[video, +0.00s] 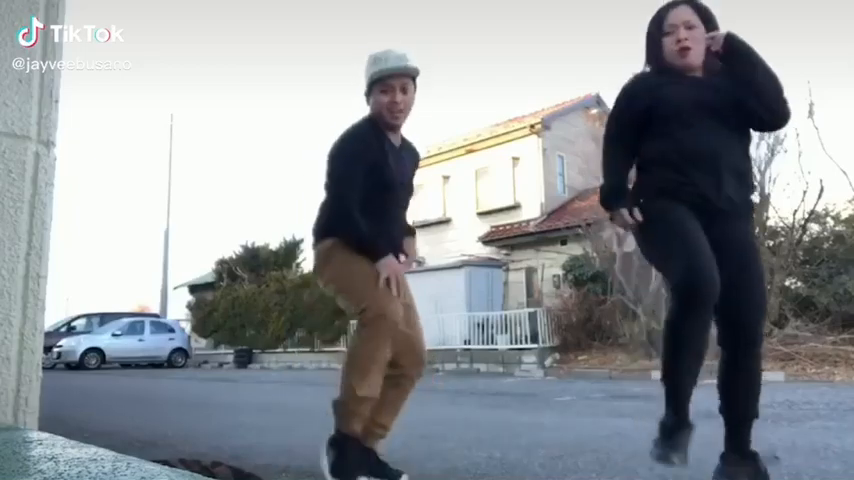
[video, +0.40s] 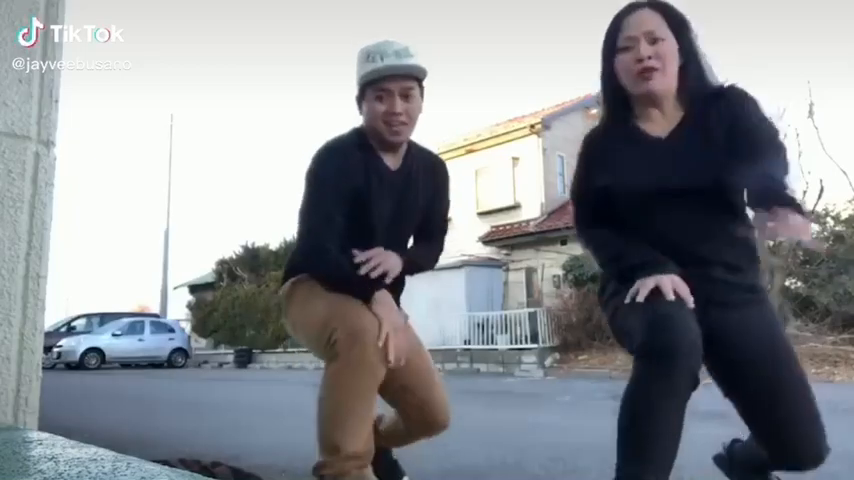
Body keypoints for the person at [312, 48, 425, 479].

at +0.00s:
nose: (397, 99)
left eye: (405, 90)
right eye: (386, 90)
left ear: (414, 95)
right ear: (369, 96)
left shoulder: (408, 154)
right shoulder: (354, 143)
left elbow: (394, 207)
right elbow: (343, 211)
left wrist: (405, 241)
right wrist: (381, 253)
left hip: (384, 256)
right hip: (339, 249)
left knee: (410, 353)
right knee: (382, 312)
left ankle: (366, 447)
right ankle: (345, 439)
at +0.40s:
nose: (395, 108)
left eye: (406, 96)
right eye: (381, 97)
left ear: (420, 102)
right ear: (361, 104)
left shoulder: (431, 169)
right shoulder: (336, 158)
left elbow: (431, 246)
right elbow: (316, 253)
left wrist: (402, 259)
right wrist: (375, 292)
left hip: (381, 300)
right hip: (315, 288)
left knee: (430, 415)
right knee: (361, 335)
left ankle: (372, 440)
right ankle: (344, 470)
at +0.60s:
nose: (370, 116)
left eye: (384, 101)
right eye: (354, 102)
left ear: (403, 110)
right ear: (334, 111)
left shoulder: (433, 174)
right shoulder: (298, 180)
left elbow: (438, 271)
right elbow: (289, 285)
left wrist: (374, 271)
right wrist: (365, 294)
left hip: (395, 323)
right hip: (308, 318)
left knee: (422, 469)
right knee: (359, 339)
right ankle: (345, 474)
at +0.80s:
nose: (350, 146)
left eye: (366, 129)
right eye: (333, 130)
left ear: (391, 138)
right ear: (312, 142)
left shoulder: (435, 202)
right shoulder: (284, 228)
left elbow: (437, 313)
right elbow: (278, 338)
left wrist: (341, 294)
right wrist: (343, 317)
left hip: (405, 373)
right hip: (309, 371)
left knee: (447, 471)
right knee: (368, 376)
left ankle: (380, 463)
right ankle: (354, 472)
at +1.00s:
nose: (356, 180)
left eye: (374, 162)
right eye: (338, 162)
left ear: (401, 171)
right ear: (316, 173)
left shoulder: (443, 234)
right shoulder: (285, 269)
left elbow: (436, 352)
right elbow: (267, 391)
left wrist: (341, 334)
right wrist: (344, 368)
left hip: (412, 398)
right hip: (311, 408)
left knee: (464, 472)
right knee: (398, 415)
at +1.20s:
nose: (363, 185)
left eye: (381, 166)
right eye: (343, 167)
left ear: (406, 174)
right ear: (319, 179)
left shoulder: (446, 236)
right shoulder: (290, 273)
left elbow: (442, 356)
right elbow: (214, 403)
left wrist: (347, 365)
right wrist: (304, 410)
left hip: (410, 410)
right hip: (313, 420)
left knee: (466, 473)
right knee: (400, 415)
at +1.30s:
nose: (359, 180)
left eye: (377, 162)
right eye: (338, 163)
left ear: (402, 171)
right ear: (314, 176)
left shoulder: (445, 234)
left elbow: (443, 352)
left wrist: (351, 367)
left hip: (415, 409)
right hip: (314, 415)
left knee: (465, 471)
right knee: (408, 412)